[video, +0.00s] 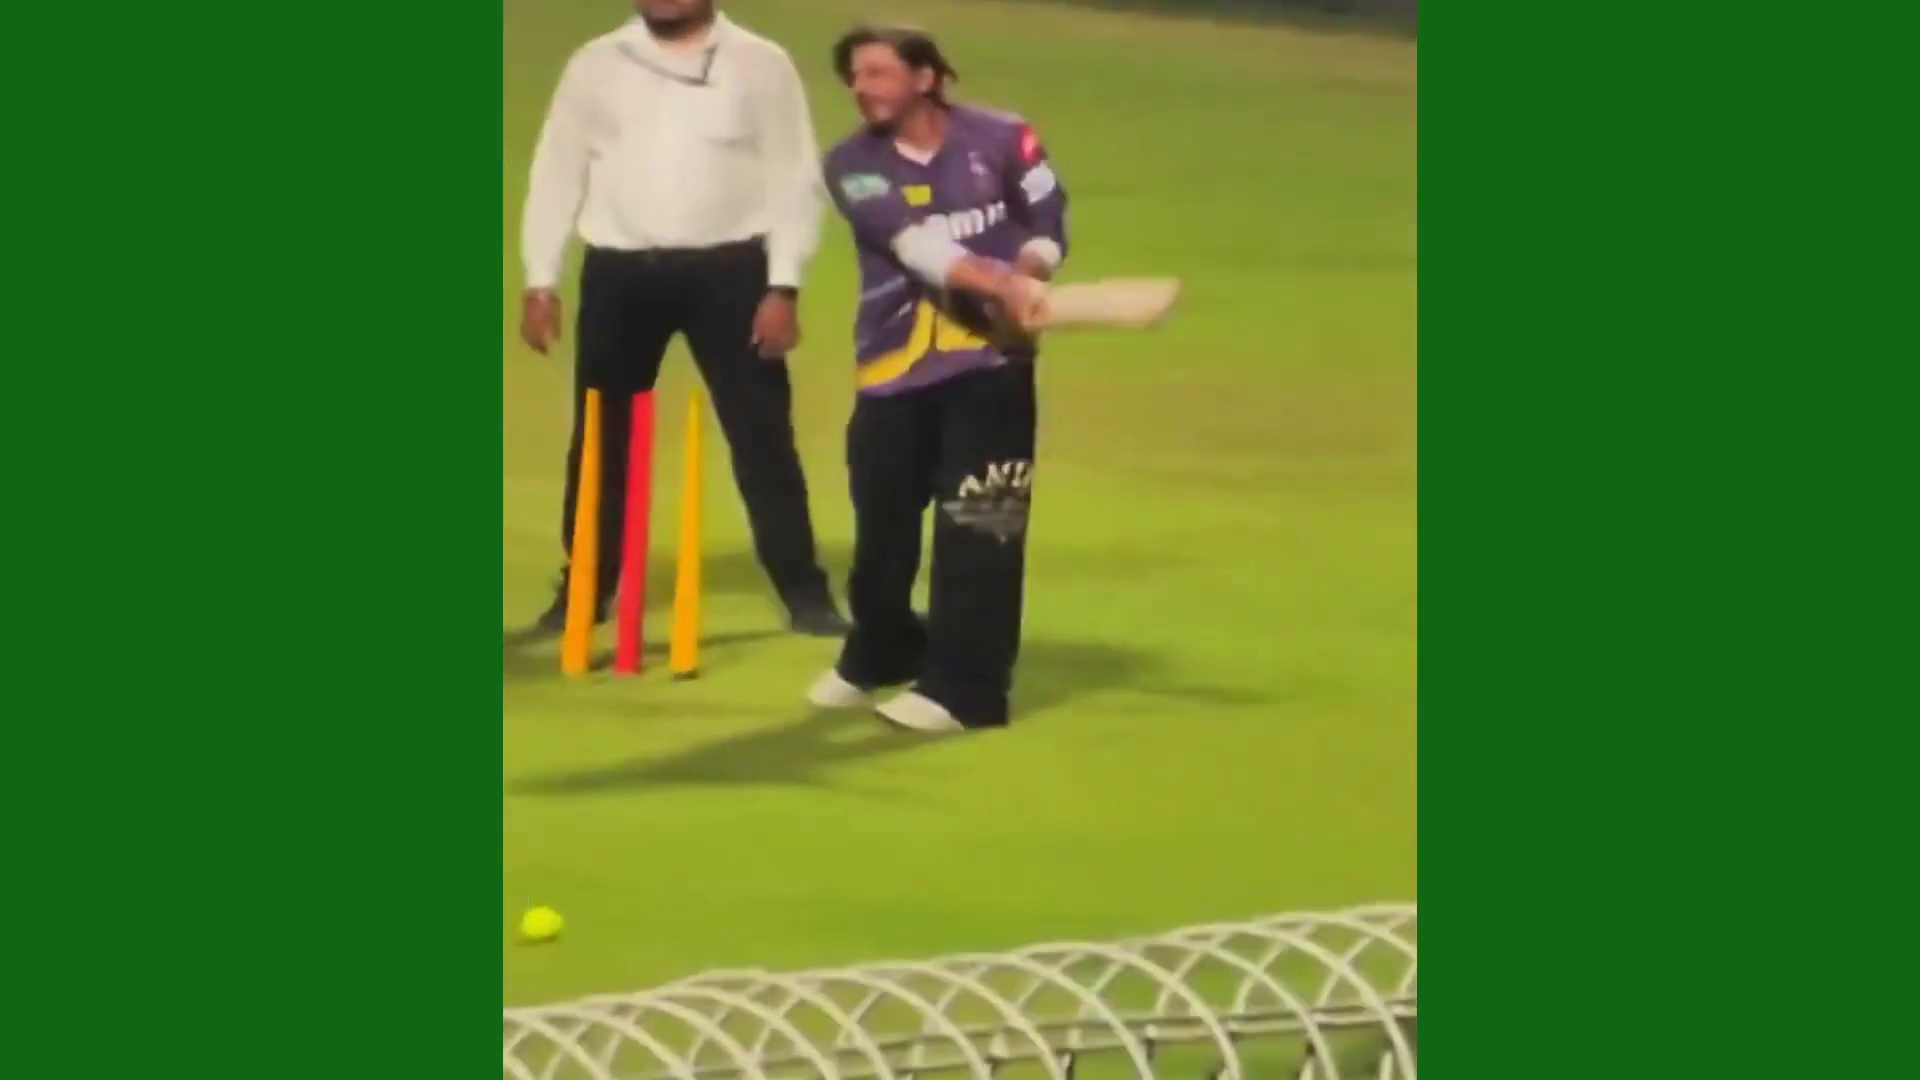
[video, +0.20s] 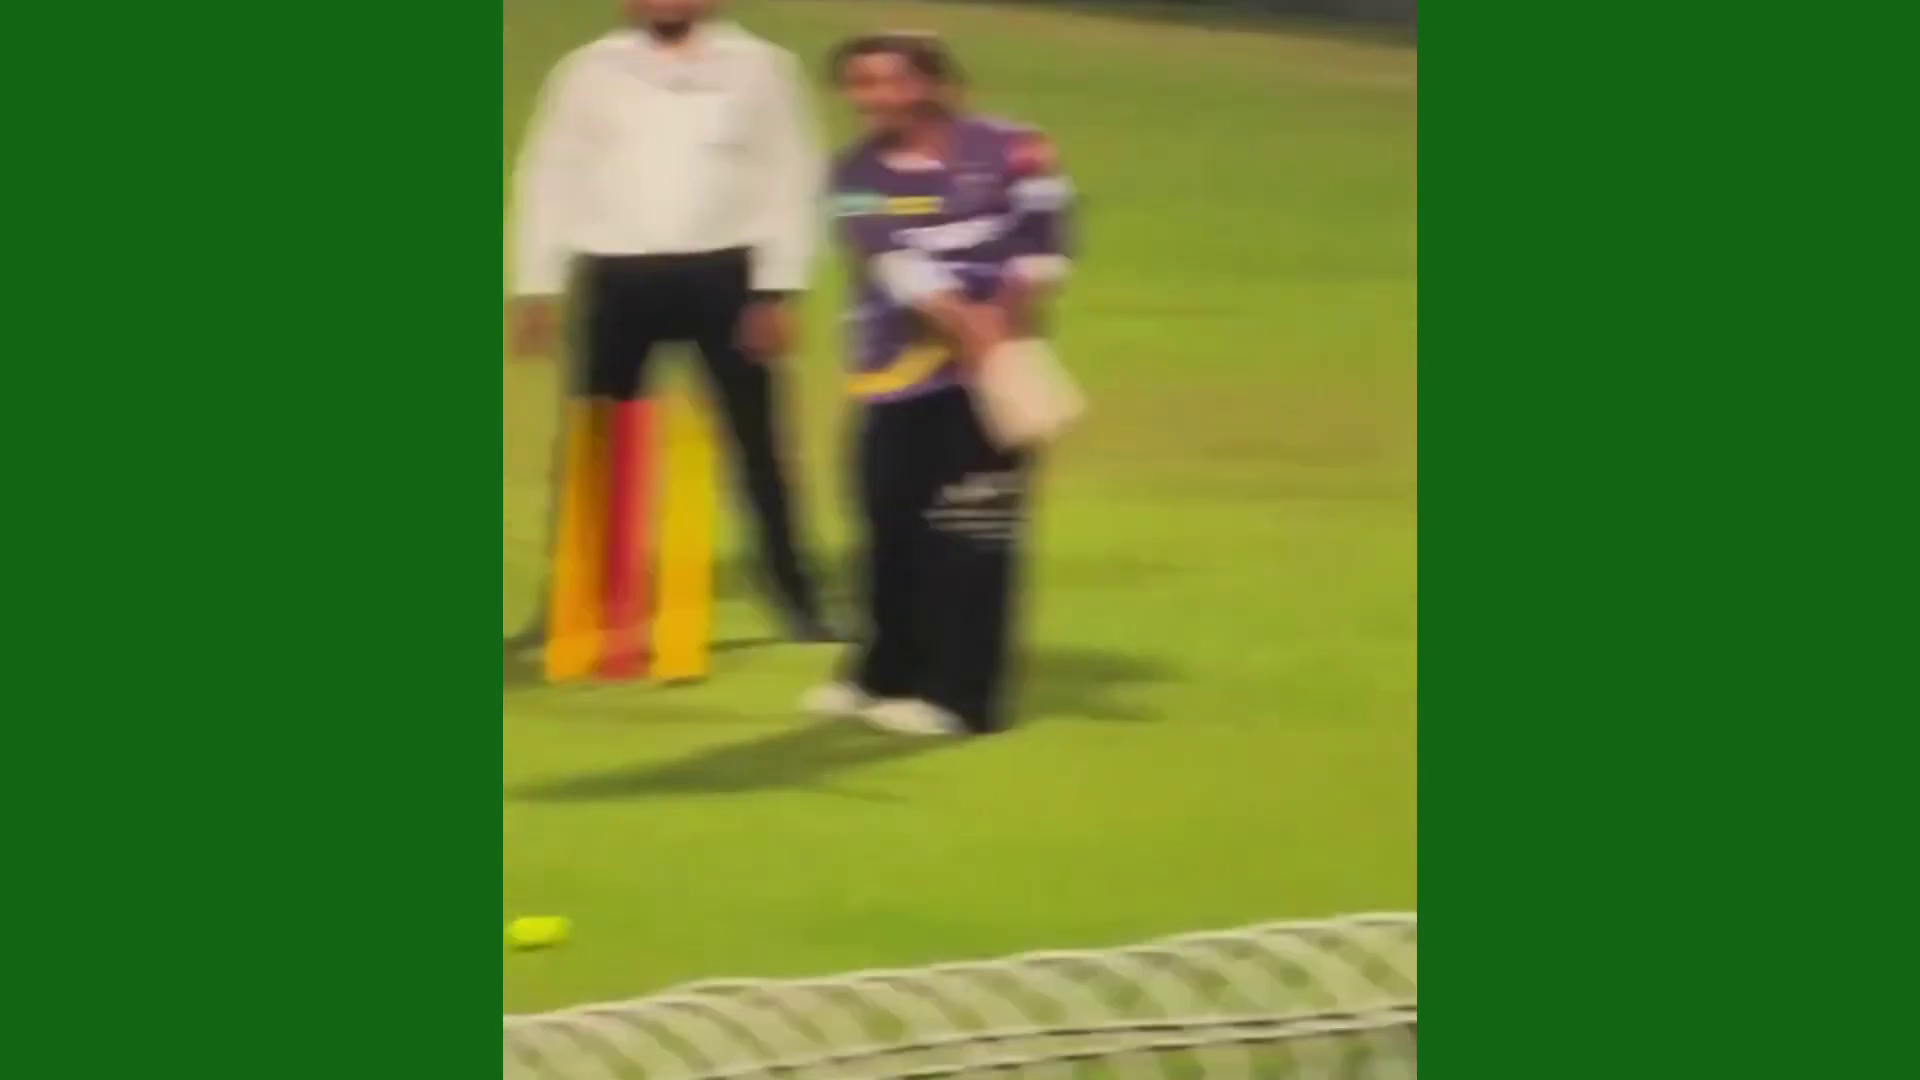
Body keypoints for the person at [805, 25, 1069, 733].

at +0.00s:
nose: (864, 88)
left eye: (877, 74)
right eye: (856, 77)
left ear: (925, 76)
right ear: (851, 87)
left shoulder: (1005, 139)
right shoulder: (851, 163)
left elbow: (1049, 226)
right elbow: (914, 244)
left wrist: (1022, 276)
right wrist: (999, 287)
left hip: (988, 368)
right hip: (893, 376)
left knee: (977, 530)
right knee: (881, 522)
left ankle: (967, 691)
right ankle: (879, 655)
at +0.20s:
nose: (871, 98)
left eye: (884, 82)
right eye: (860, 85)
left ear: (925, 81)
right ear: (852, 92)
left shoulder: (1011, 153)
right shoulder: (859, 174)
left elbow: (1042, 253)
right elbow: (892, 266)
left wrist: (994, 319)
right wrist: (964, 321)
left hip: (981, 373)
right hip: (893, 382)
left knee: (968, 536)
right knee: (894, 531)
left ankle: (962, 694)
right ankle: (889, 673)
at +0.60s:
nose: (849, 97)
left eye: (865, 84)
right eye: (843, 86)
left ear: (913, 91)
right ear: (839, 98)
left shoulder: (964, 168)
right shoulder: (842, 179)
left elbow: (980, 282)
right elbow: (841, 289)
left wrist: (906, 345)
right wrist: (832, 376)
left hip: (960, 381)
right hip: (888, 383)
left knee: (941, 541)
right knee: (864, 537)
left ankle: (949, 710)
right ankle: (889, 690)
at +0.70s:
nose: (852, 97)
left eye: (868, 83)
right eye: (846, 86)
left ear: (916, 92)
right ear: (842, 97)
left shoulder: (962, 167)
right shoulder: (848, 181)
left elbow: (978, 279)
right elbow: (845, 291)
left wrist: (901, 344)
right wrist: (832, 378)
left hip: (961, 381)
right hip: (891, 384)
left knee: (947, 540)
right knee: (872, 538)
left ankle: (957, 710)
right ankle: (899, 691)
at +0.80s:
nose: (857, 94)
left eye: (873, 82)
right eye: (852, 83)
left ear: (921, 90)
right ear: (849, 95)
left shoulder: (967, 165)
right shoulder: (855, 181)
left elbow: (975, 276)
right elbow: (852, 290)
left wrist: (900, 340)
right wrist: (835, 378)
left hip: (965, 381)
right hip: (896, 383)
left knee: (950, 540)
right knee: (878, 536)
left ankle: (966, 709)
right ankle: (909, 690)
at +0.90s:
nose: (866, 89)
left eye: (882, 76)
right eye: (859, 78)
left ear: (926, 85)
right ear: (854, 91)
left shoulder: (967, 160)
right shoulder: (868, 176)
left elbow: (976, 266)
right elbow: (857, 286)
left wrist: (902, 334)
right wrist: (839, 375)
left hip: (968, 379)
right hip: (903, 381)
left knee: (959, 542)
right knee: (887, 538)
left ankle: (973, 706)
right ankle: (919, 688)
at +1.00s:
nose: (868, 86)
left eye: (884, 74)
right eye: (864, 75)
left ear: (931, 84)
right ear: (861, 89)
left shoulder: (974, 159)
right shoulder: (870, 179)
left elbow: (977, 266)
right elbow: (865, 291)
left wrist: (903, 334)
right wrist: (844, 380)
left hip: (970, 380)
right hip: (904, 383)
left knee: (962, 539)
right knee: (889, 537)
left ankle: (981, 706)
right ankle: (926, 686)